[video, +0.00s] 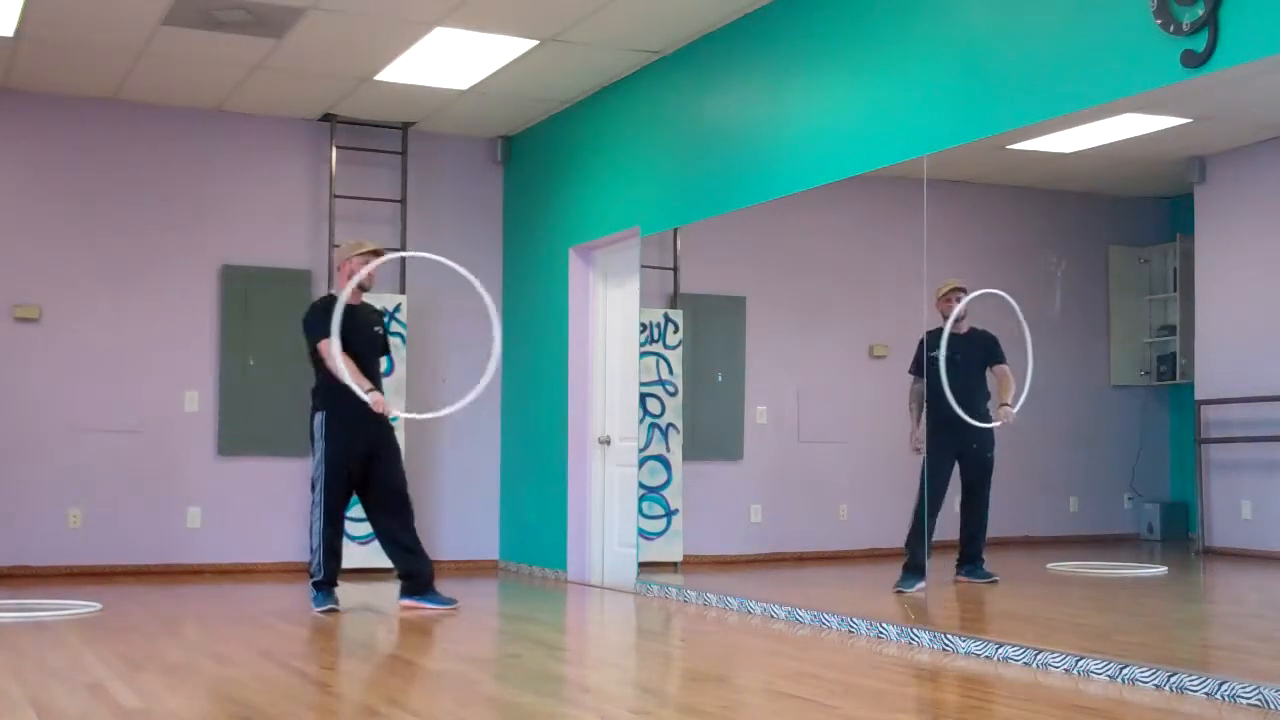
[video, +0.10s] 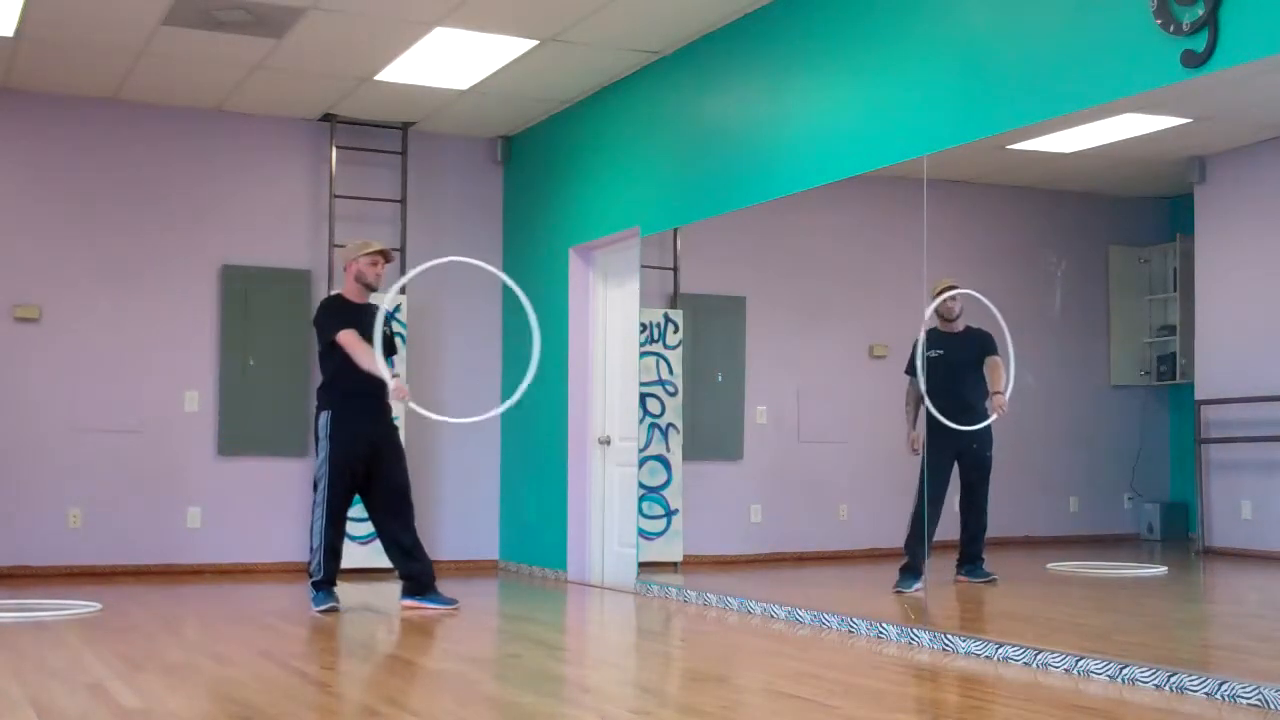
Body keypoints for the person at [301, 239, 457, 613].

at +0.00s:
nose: (369, 274)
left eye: (374, 269)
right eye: (363, 266)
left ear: (376, 274)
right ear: (344, 267)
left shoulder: (373, 316)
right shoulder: (321, 311)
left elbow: (373, 367)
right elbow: (331, 356)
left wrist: (380, 404)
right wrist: (368, 391)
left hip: (372, 415)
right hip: (336, 415)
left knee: (392, 499)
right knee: (329, 502)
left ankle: (417, 586)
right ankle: (323, 587)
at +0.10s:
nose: (380, 271)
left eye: (382, 266)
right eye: (372, 264)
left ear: (381, 272)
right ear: (351, 267)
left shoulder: (380, 316)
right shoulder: (331, 307)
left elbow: (385, 363)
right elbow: (354, 347)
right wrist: (389, 377)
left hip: (377, 417)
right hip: (340, 416)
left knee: (394, 500)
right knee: (331, 502)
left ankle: (418, 586)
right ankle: (322, 586)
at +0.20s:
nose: (385, 270)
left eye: (388, 266)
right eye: (378, 263)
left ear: (387, 272)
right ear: (356, 266)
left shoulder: (386, 317)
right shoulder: (337, 305)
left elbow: (382, 380)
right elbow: (373, 332)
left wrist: (392, 422)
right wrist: (414, 353)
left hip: (379, 417)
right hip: (341, 415)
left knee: (398, 502)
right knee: (330, 501)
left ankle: (424, 586)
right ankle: (318, 586)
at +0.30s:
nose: (391, 272)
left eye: (395, 267)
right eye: (384, 265)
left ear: (395, 274)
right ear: (363, 267)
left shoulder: (391, 320)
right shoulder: (341, 304)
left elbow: (391, 380)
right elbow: (384, 316)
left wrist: (402, 421)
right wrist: (433, 318)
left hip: (385, 419)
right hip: (346, 417)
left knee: (400, 504)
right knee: (332, 503)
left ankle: (426, 586)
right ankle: (319, 586)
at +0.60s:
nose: (418, 271)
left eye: (423, 266)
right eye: (412, 264)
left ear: (427, 272)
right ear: (395, 267)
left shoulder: (431, 314)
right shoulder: (371, 302)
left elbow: (438, 370)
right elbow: (377, 327)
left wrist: (443, 412)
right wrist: (397, 283)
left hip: (422, 421)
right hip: (383, 421)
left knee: (422, 510)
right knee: (375, 509)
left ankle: (425, 586)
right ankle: (368, 585)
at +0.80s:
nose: (426, 270)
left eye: (433, 266)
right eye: (419, 264)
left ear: (440, 275)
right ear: (407, 270)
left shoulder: (448, 315)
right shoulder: (388, 308)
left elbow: (452, 370)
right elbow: (356, 330)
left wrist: (459, 416)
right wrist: (352, 290)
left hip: (446, 425)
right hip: (407, 425)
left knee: (462, 501)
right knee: (406, 507)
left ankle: (463, 581)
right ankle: (406, 584)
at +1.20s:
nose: (450, 272)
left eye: (458, 268)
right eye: (444, 266)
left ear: (466, 277)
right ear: (433, 272)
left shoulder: (473, 317)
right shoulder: (417, 312)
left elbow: (484, 369)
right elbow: (386, 347)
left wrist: (503, 411)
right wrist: (394, 312)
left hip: (466, 426)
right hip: (425, 426)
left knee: (480, 508)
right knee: (415, 509)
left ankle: (488, 586)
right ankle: (406, 586)